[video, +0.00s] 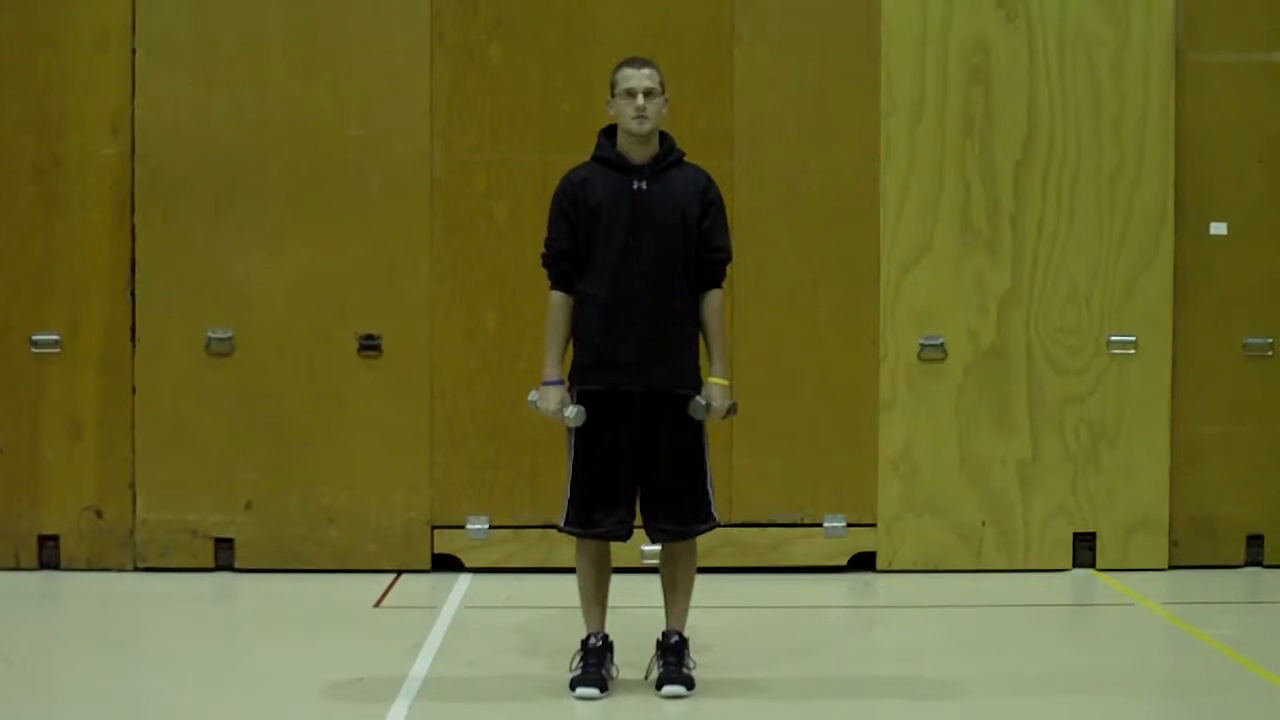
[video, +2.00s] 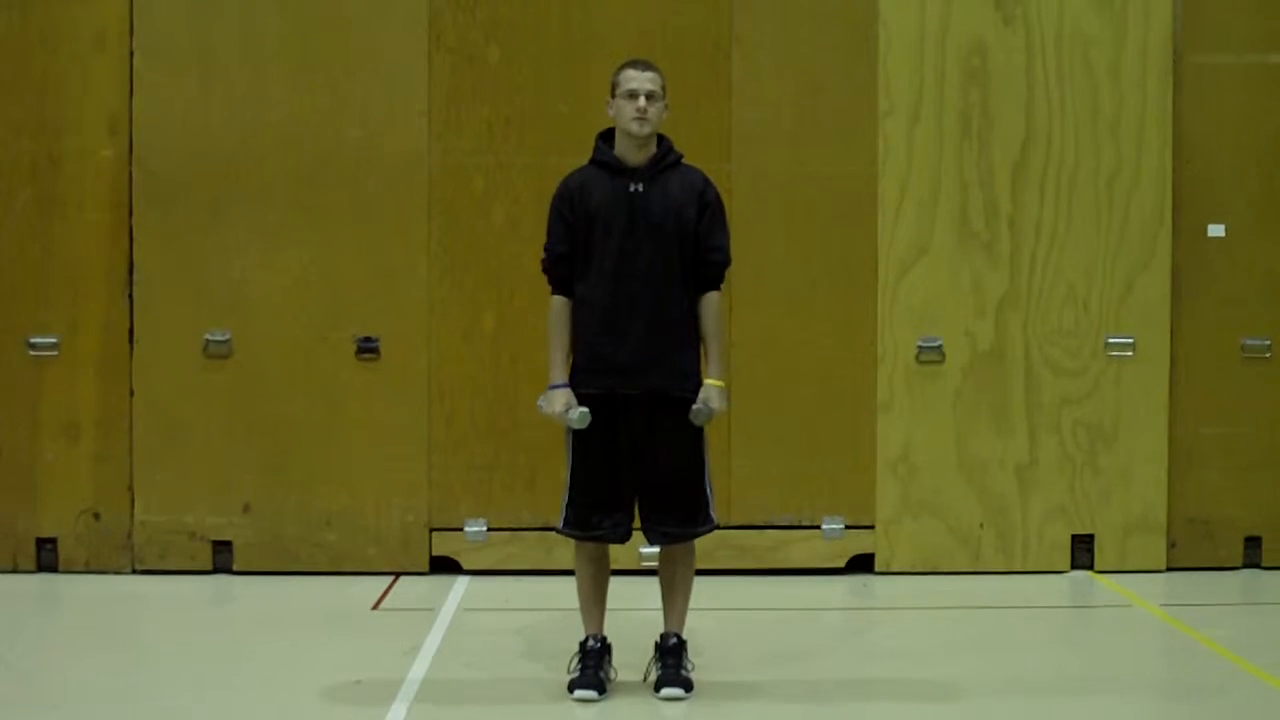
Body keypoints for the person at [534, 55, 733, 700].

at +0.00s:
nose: (641, 105)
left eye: (651, 95)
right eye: (630, 95)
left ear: (666, 105)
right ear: (611, 105)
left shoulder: (696, 186)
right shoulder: (579, 186)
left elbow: (711, 287)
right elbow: (561, 288)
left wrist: (719, 374)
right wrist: (552, 376)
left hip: (674, 382)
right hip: (598, 382)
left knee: (678, 522)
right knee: (593, 520)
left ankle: (674, 646)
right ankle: (594, 646)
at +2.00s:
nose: (642, 106)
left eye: (652, 97)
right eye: (631, 96)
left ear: (665, 110)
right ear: (610, 106)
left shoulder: (695, 189)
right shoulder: (577, 189)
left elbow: (710, 289)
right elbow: (561, 292)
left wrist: (715, 376)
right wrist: (558, 381)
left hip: (673, 385)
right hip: (596, 385)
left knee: (677, 524)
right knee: (591, 523)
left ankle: (673, 648)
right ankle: (593, 648)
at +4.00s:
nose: (644, 107)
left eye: (654, 98)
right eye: (633, 97)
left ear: (667, 110)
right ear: (611, 107)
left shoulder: (694, 188)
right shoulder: (579, 188)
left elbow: (710, 287)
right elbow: (560, 290)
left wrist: (720, 370)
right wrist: (554, 377)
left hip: (674, 383)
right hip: (598, 384)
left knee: (678, 523)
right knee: (593, 522)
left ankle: (673, 648)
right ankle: (594, 647)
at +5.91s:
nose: (661, 109)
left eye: (672, 99)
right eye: (651, 99)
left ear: (688, 109)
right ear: (632, 108)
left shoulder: (716, 191)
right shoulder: (599, 188)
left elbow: (728, 293)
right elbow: (579, 288)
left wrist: (733, 379)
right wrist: (563, 373)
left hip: (686, 386)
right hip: (611, 383)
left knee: (685, 524)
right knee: (600, 521)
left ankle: (675, 648)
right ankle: (596, 646)